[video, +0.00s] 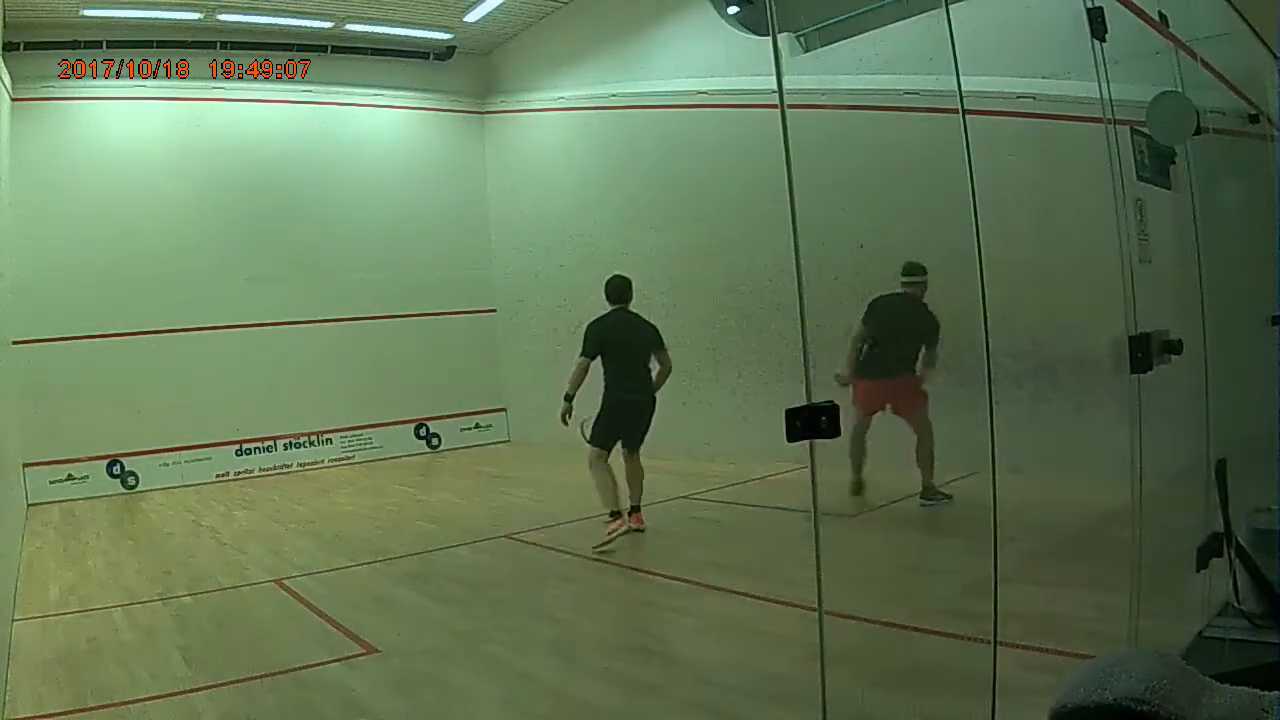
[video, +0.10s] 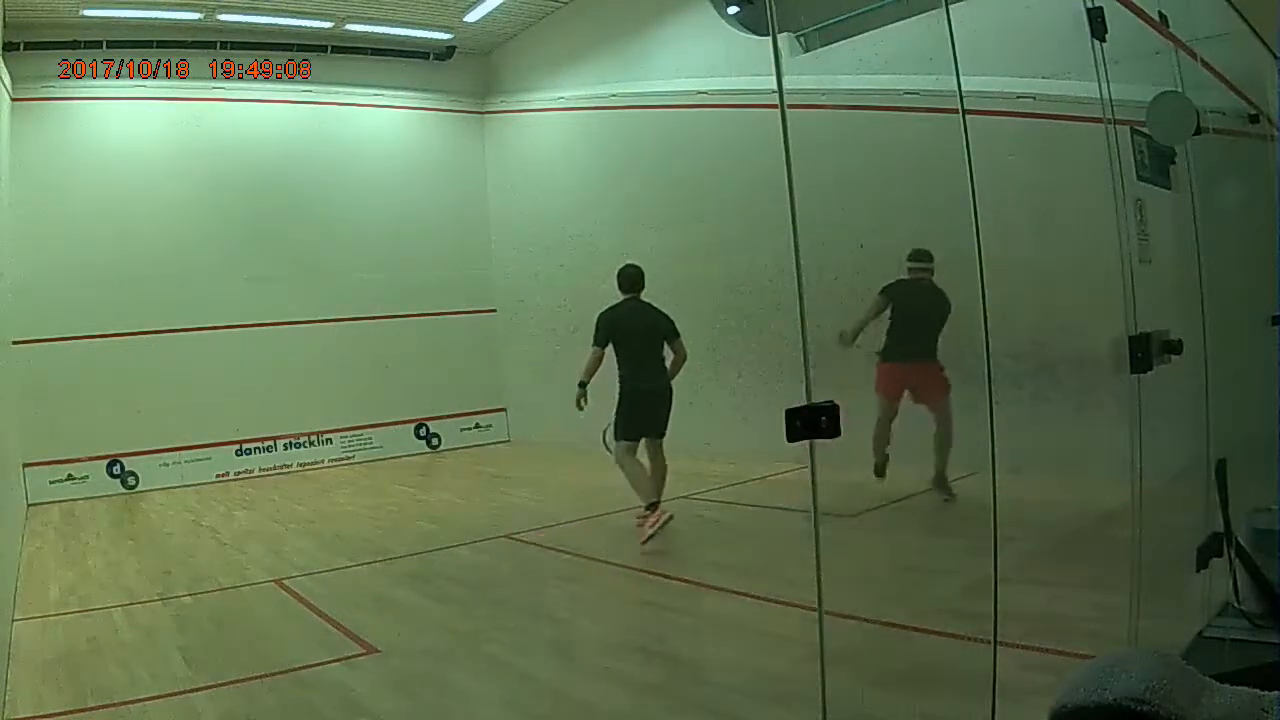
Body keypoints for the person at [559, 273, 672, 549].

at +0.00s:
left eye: (611, 295)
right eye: (627, 293)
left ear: (606, 297)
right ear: (631, 296)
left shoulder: (598, 327)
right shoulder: (646, 326)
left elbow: (582, 366)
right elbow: (666, 366)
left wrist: (568, 399)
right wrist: (650, 390)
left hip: (615, 402)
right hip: (644, 402)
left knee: (597, 458)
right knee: (631, 453)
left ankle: (616, 518)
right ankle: (635, 513)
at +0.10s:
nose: (624, 288)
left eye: (621, 284)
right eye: (636, 284)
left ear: (619, 286)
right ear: (643, 286)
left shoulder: (609, 316)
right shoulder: (658, 315)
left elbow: (597, 356)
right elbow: (681, 355)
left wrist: (582, 385)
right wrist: (665, 380)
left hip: (632, 391)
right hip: (661, 391)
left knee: (623, 454)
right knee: (655, 448)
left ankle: (653, 509)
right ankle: (652, 510)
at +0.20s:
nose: (639, 293)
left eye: (638, 289)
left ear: (638, 290)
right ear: (662, 289)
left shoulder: (635, 321)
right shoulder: (677, 318)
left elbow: (632, 362)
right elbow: (697, 357)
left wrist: (611, 383)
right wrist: (684, 381)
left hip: (660, 395)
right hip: (685, 390)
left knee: (660, 460)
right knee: (682, 454)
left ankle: (695, 512)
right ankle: (715, 505)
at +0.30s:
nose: (649, 302)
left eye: (650, 298)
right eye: (650, 298)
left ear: (655, 302)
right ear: (677, 301)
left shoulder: (658, 336)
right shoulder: (690, 329)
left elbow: (663, 381)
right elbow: (709, 370)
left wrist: (641, 398)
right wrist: (688, 393)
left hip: (687, 408)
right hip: (706, 403)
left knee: (686, 474)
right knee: (695, 464)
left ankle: (732, 522)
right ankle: (720, 511)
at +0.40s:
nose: (661, 307)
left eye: (663, 303)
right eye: (663, 302)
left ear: (667, 307)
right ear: (688, 305)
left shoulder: (684, 338)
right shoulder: (696, 332)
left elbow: (698, 381)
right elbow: (709, 379)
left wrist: (678, 409)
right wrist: (688, 414)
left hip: (710, 414)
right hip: (709, 412)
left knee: (713, 481)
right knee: (703, 467)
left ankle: (770, 527)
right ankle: (723, 511)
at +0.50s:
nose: (669, 311)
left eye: (670, 305)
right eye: (669, 305)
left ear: (680, 307)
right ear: (692, 306)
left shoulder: (703, 335)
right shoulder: (695, 335)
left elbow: (722, 379)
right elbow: (707, 383)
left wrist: (702, 417)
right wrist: (693, 418)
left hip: (727, 417)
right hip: (714, 417)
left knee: (731, 485)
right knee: (708, 471)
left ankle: (787, 537)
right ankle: (724, 513)